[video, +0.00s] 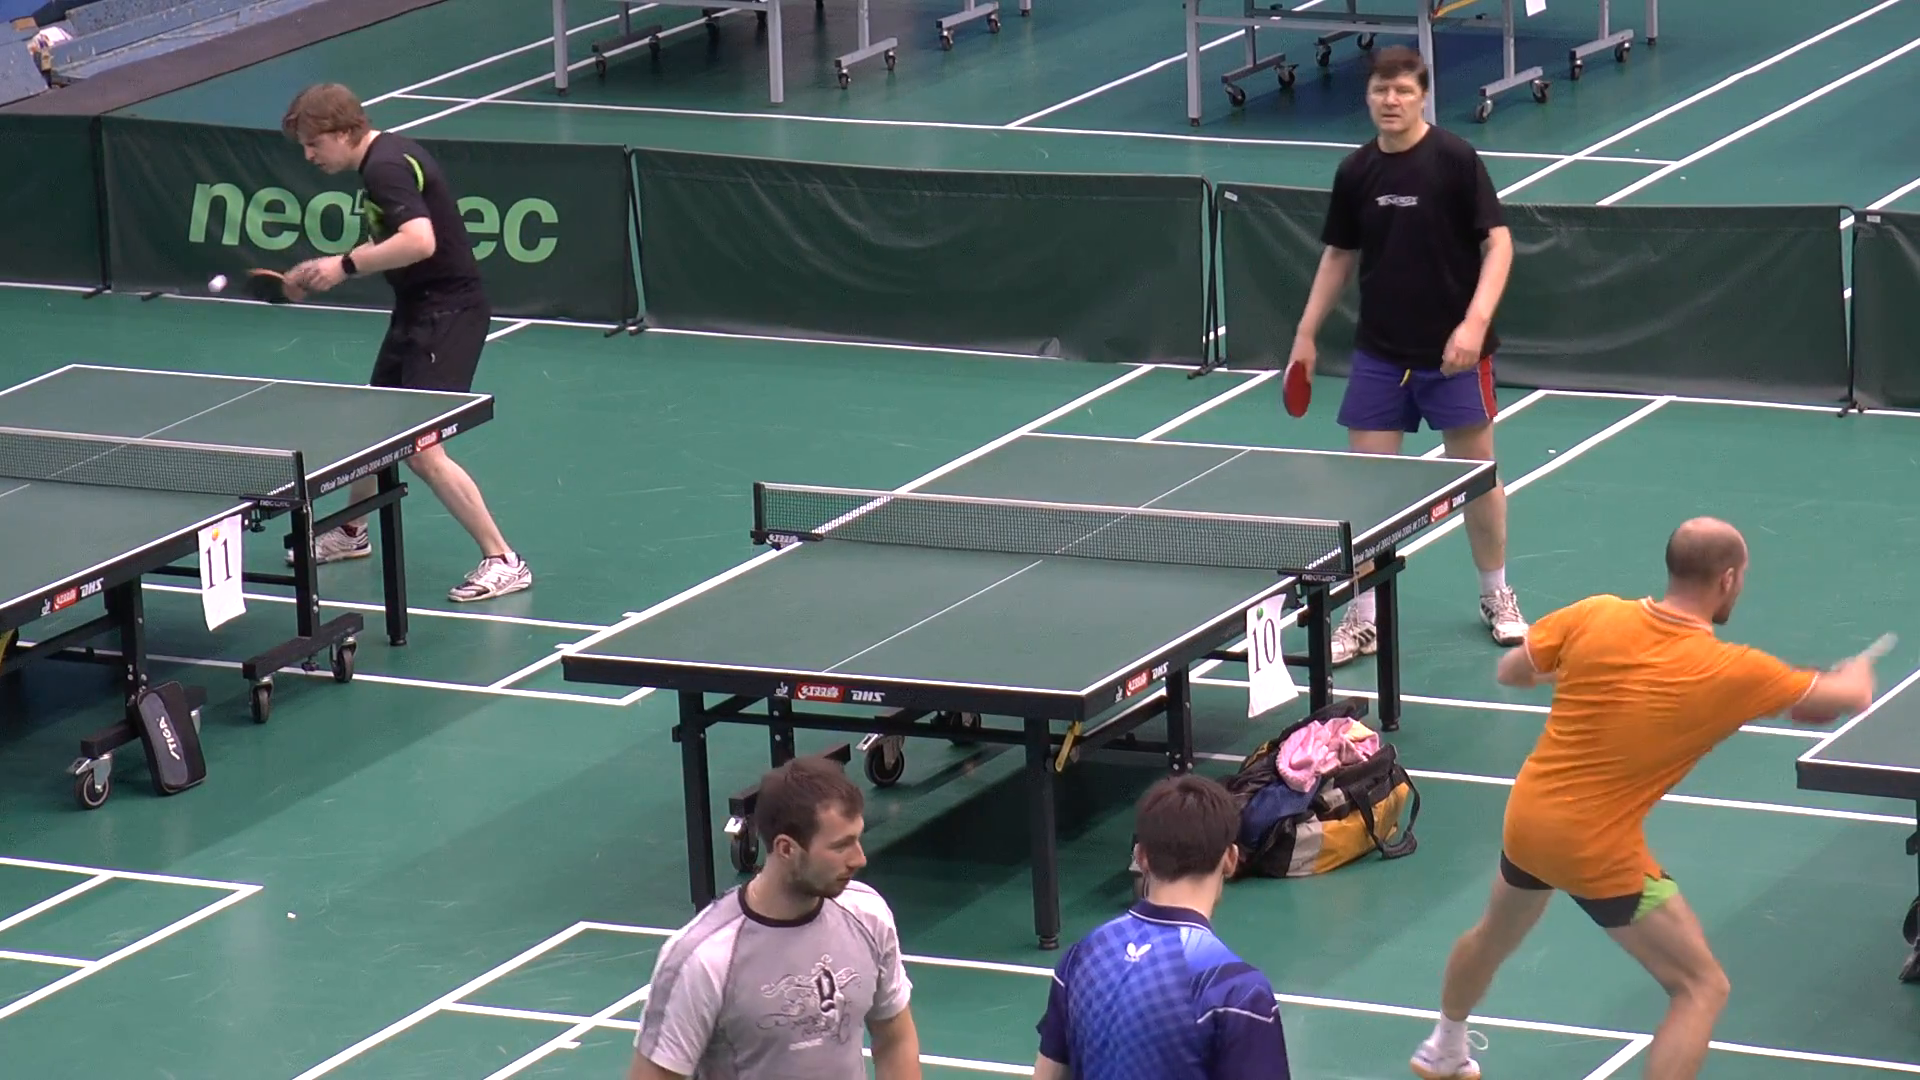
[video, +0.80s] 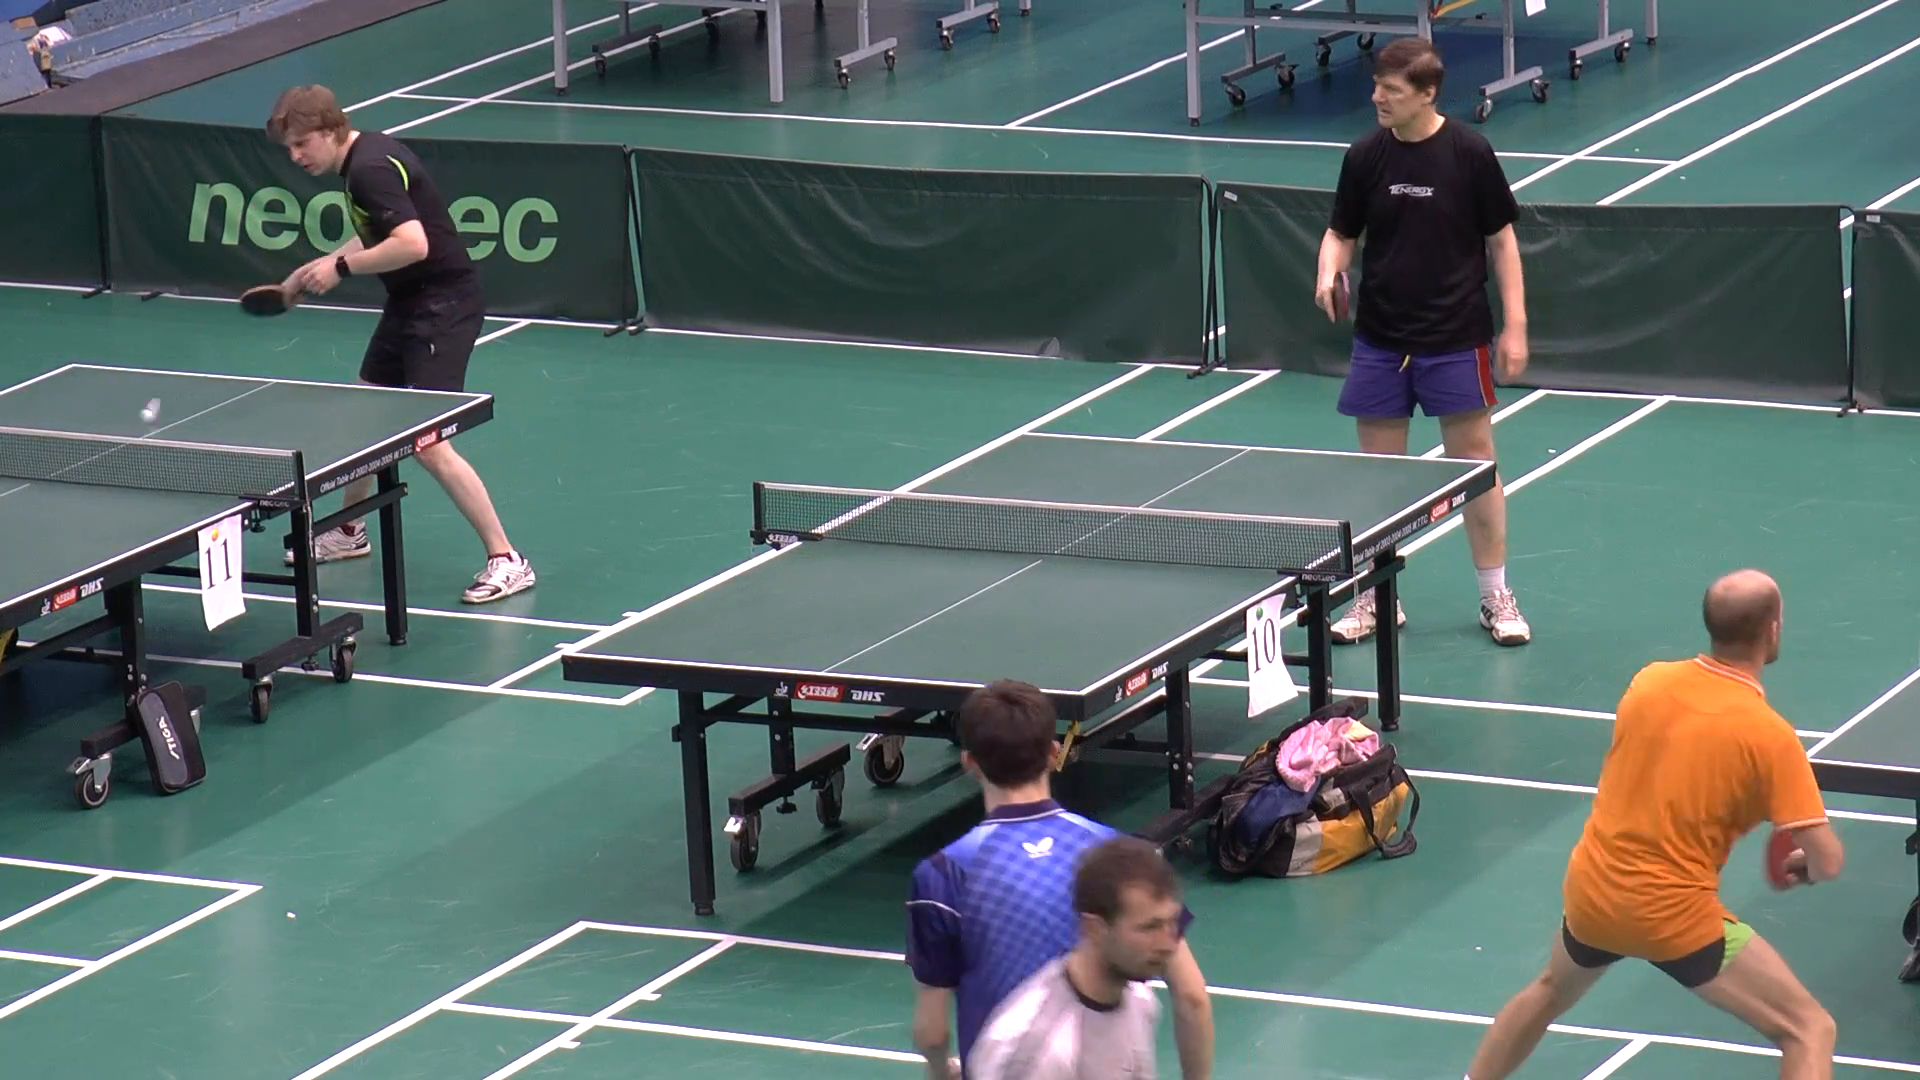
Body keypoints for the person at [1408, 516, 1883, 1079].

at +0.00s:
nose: (1742, 583)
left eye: (1744, 571)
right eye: (1742, 572)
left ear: (1670, 566)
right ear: (1726, 580)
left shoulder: (1597, 615)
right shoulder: (1732, 668)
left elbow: (1511, 670)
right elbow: (1848, 696)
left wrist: (1576, 653)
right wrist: (1858, 667)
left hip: (1526, 818)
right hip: (1597, 847)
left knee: (1493, 931)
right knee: (1701, 988)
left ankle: (1443, 1046)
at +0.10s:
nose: (1738, 559)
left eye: (1734, 549)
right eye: (1737, 551)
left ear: (1666, 557)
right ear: (1727, 563)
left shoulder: (1598, 610)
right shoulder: (1747, 652)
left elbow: (1496, 664)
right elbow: (1864, 675)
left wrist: (1510, 674)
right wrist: (1854, 638)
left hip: (1539, 827)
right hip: (1619, 853)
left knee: (1516, 941)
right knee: (1703, 987)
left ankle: (1472, 1066)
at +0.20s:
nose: (1731, 545)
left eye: (1726, 535)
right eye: (1729, 537)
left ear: (1658, 548)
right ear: (1719, 551)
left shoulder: (1593, 604)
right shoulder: (1738, 643)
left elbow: (1495, 680)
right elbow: (1845, 706)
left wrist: (1484, 721)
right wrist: (1821, 674)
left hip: (1547, 826)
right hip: (1630, 844)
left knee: (1532, 953)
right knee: (1731, 981)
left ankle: (1487, 1072)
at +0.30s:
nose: (1718, 560)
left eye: (1713, 549)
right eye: (1716, 552)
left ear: (1644, 564)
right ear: (1706, 567)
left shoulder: (1585, 629)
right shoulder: (1727, 656)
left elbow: (1500, 729)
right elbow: (1821, 755)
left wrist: (1491, 776)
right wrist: (1768, 741)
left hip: (1563, 851)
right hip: (1650, 865)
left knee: (1532, 974)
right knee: (1743, 1009)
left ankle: (1492, 1073)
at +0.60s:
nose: (1735, 588)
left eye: (1733, 578)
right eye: (1733, 581)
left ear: (1663, 593)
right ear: (1722, 596)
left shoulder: (1602, 657)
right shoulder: (1743, 687)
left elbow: (1542, 765)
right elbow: (1823, 805)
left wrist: (1578, 809)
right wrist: (1802, 805)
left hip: (1580, 881)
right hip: (1671, 892)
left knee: (1534, 974)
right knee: (1786, 1017)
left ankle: (1475, 1074)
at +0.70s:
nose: (1763, 603)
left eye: (1760, 593)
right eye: (1761, 595)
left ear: (1692, 604)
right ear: (1751, 610)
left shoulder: (1626, 666)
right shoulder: (1758, 707)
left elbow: (1584, 772)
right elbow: (1824, 834)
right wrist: (1819, 836)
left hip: (1580, 883)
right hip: (1662, 899)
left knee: (1533, 982)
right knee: (1788, 1025)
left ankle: (1466, 1074)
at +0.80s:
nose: (1783, 622)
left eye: (1780, 612)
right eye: (1781, 614)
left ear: (1709, 625)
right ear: (1772, 631)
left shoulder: (1651, 678)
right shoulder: (1771, 736)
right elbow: (1829, 861)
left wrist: (1761, 806)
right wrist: (1797, 863)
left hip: (1589, 894)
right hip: (1671, 914)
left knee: (1548, 990)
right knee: (1810, 1030)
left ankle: (1476, 1075)